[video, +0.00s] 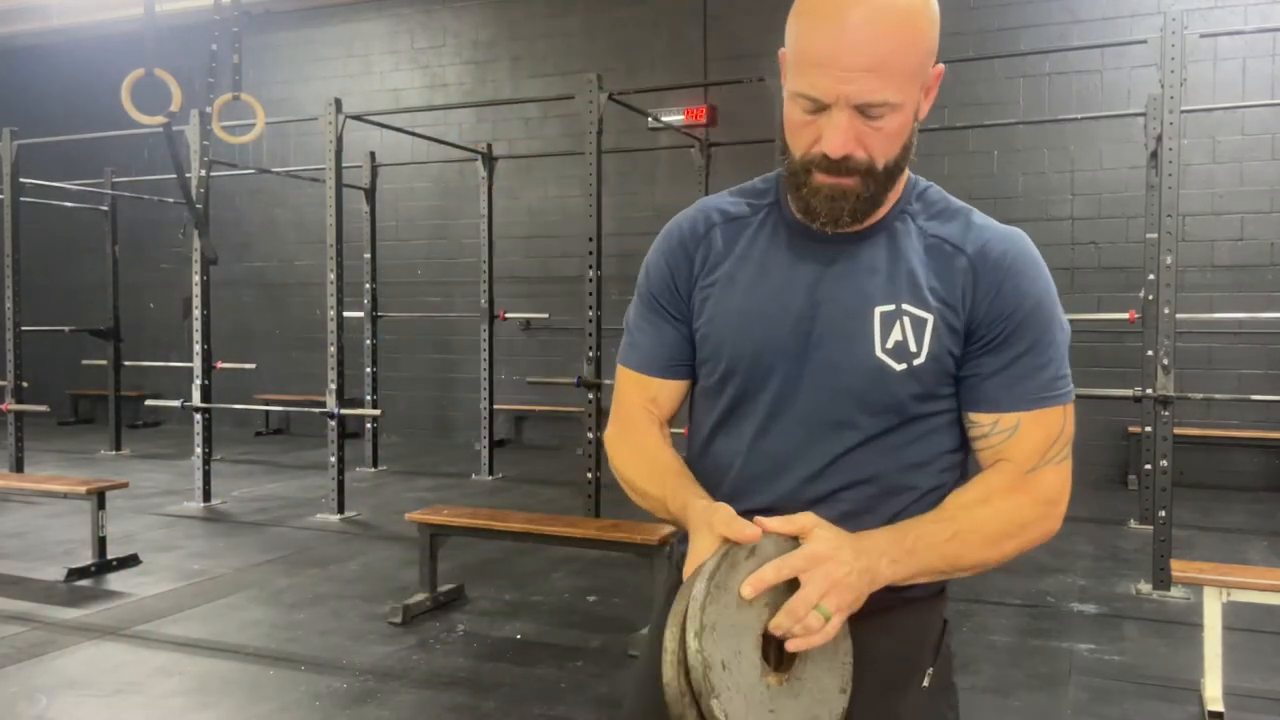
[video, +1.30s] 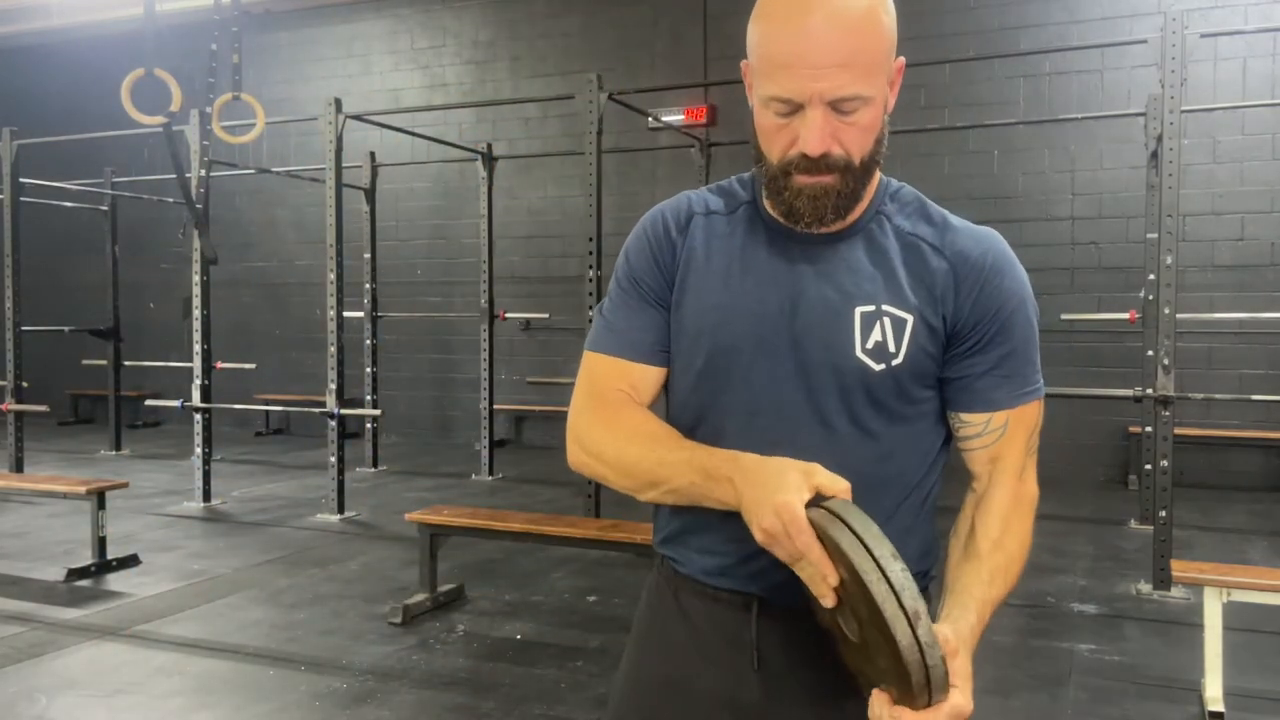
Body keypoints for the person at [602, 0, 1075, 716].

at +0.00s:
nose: (835, 143)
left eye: (872, 112)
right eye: (811, 106)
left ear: (929, 93)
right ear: (781, 74)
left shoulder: (990, 266)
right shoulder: (696, 245)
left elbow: (1034, 492)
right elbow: (631, 428)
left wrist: (870, 558)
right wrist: (696, 511)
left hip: (887, 639)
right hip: (707, 626)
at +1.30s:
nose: (815, 141)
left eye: (845, 106)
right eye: (785, 108)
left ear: (893, 87)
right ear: (747, 85)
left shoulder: (969, 270)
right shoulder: (673, 240)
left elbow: (1006, 477)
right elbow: (595, 429)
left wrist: (955, 632)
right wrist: (741, 479)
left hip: (871, 656)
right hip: (689, 637)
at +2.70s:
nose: (866, 146)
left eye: (904, 117)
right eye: (843, 105)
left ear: (953, 104)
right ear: (805, 76)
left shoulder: (994, 289)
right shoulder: (709, 209)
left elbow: (1007, 508)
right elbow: (557, 343)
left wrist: (959, 672)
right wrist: (709, 455)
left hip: (873, 626)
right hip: (691, 607)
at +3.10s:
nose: (848, 151)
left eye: (889, 123)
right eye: (828, 106)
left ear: (946, 107)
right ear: (798, 68)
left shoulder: (987, 286)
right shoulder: (698, 210)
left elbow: (1015, 498)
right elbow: (508, 309)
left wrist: (1041, 699)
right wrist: (605, 476)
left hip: (860, 643)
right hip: (683, 628)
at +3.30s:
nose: (835, 141)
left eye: (871, 112)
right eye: (813, 98)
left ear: (912, 100)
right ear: (771, 65)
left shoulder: (947, 273)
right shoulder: (662, 221)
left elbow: (979, 469)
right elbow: (489, 355)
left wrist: (1026, 667)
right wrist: (546, 535)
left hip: (845, 637)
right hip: (662, 624)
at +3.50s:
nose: (774, 158)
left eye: (806, 131)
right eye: (753, 117)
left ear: (831, 127)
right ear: (701, 84)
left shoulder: (846, 270)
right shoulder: (589, 242)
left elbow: (869, 437)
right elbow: (462, 428)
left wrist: (933, 607)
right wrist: (505, 623)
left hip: (788, 627)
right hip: (620, 626)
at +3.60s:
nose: (741, 168)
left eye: (772, 140)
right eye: (720, 127)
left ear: (797, 132)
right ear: (666, 88)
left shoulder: (801, 265)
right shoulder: (556, 246)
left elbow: (810, 421)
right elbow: (450, 443)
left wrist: (871, 585)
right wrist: (490, 647)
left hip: (755, 619)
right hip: (594, 624)